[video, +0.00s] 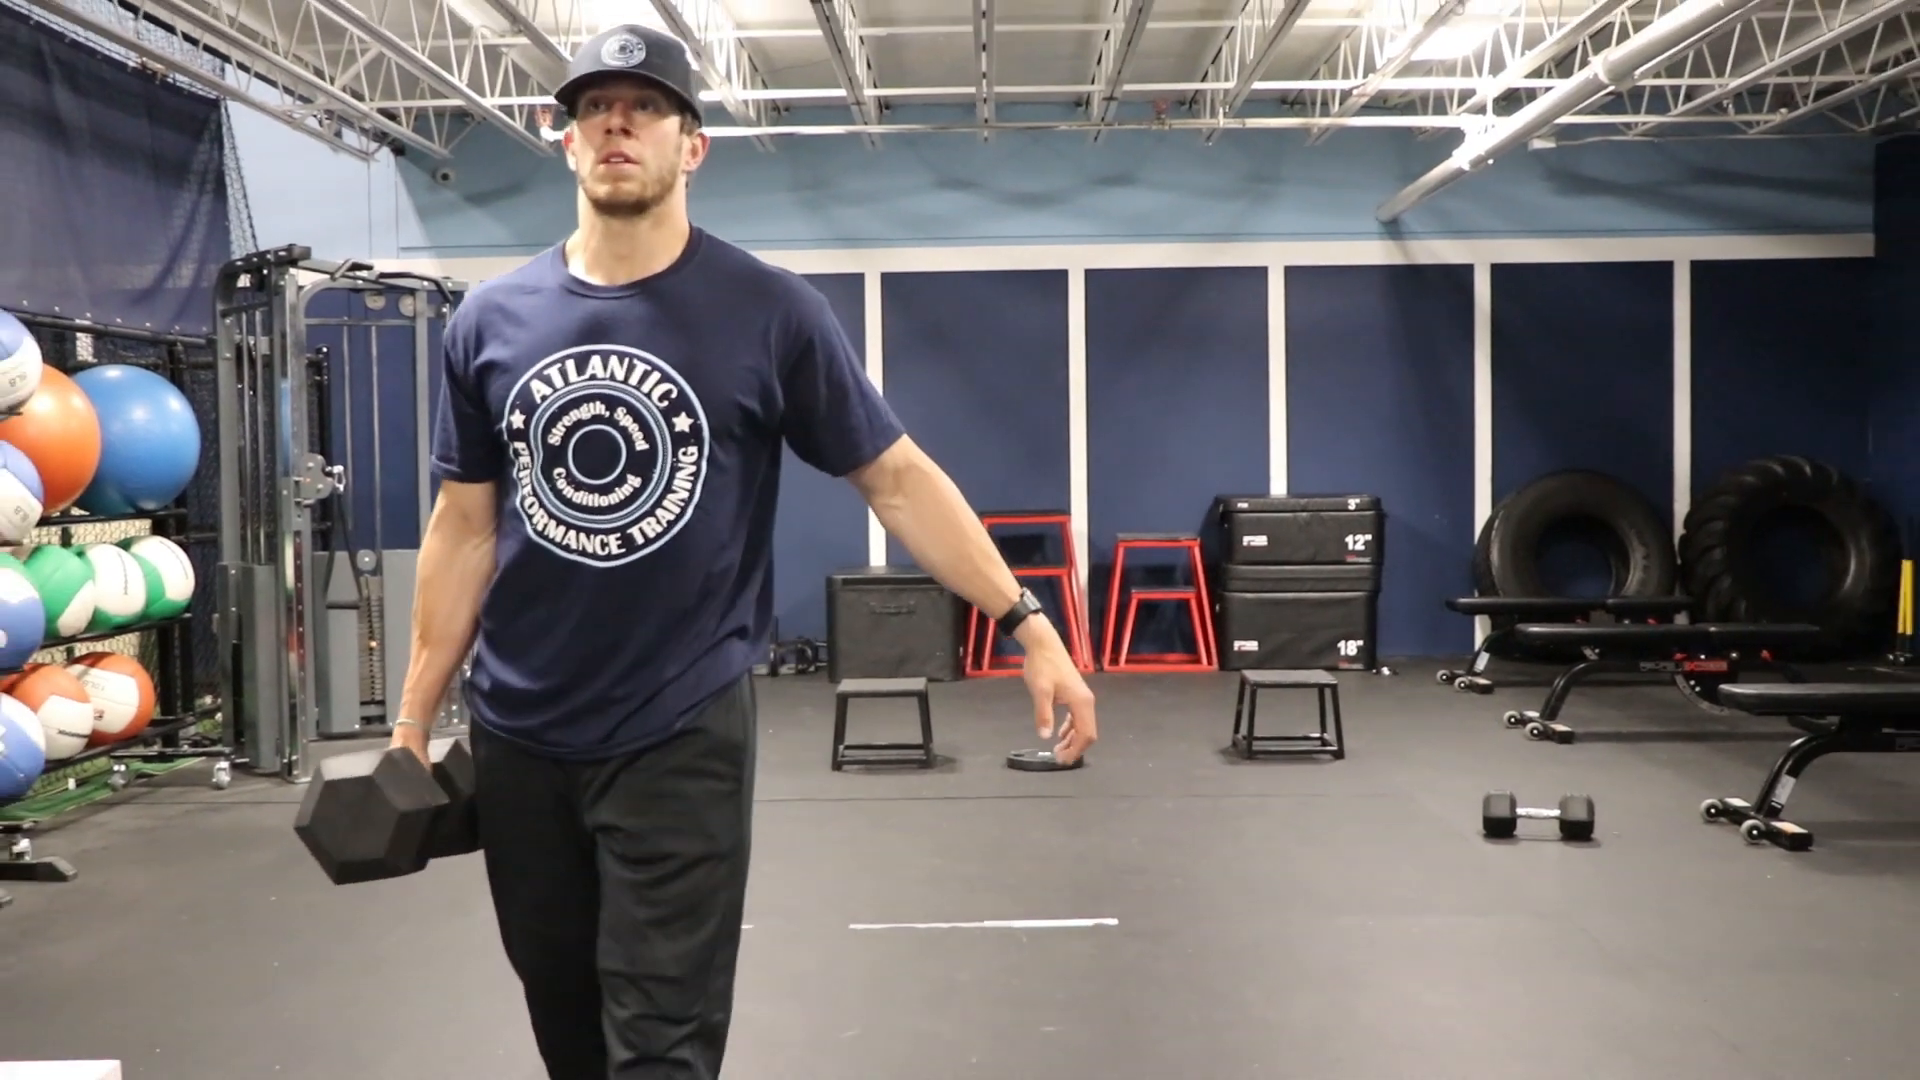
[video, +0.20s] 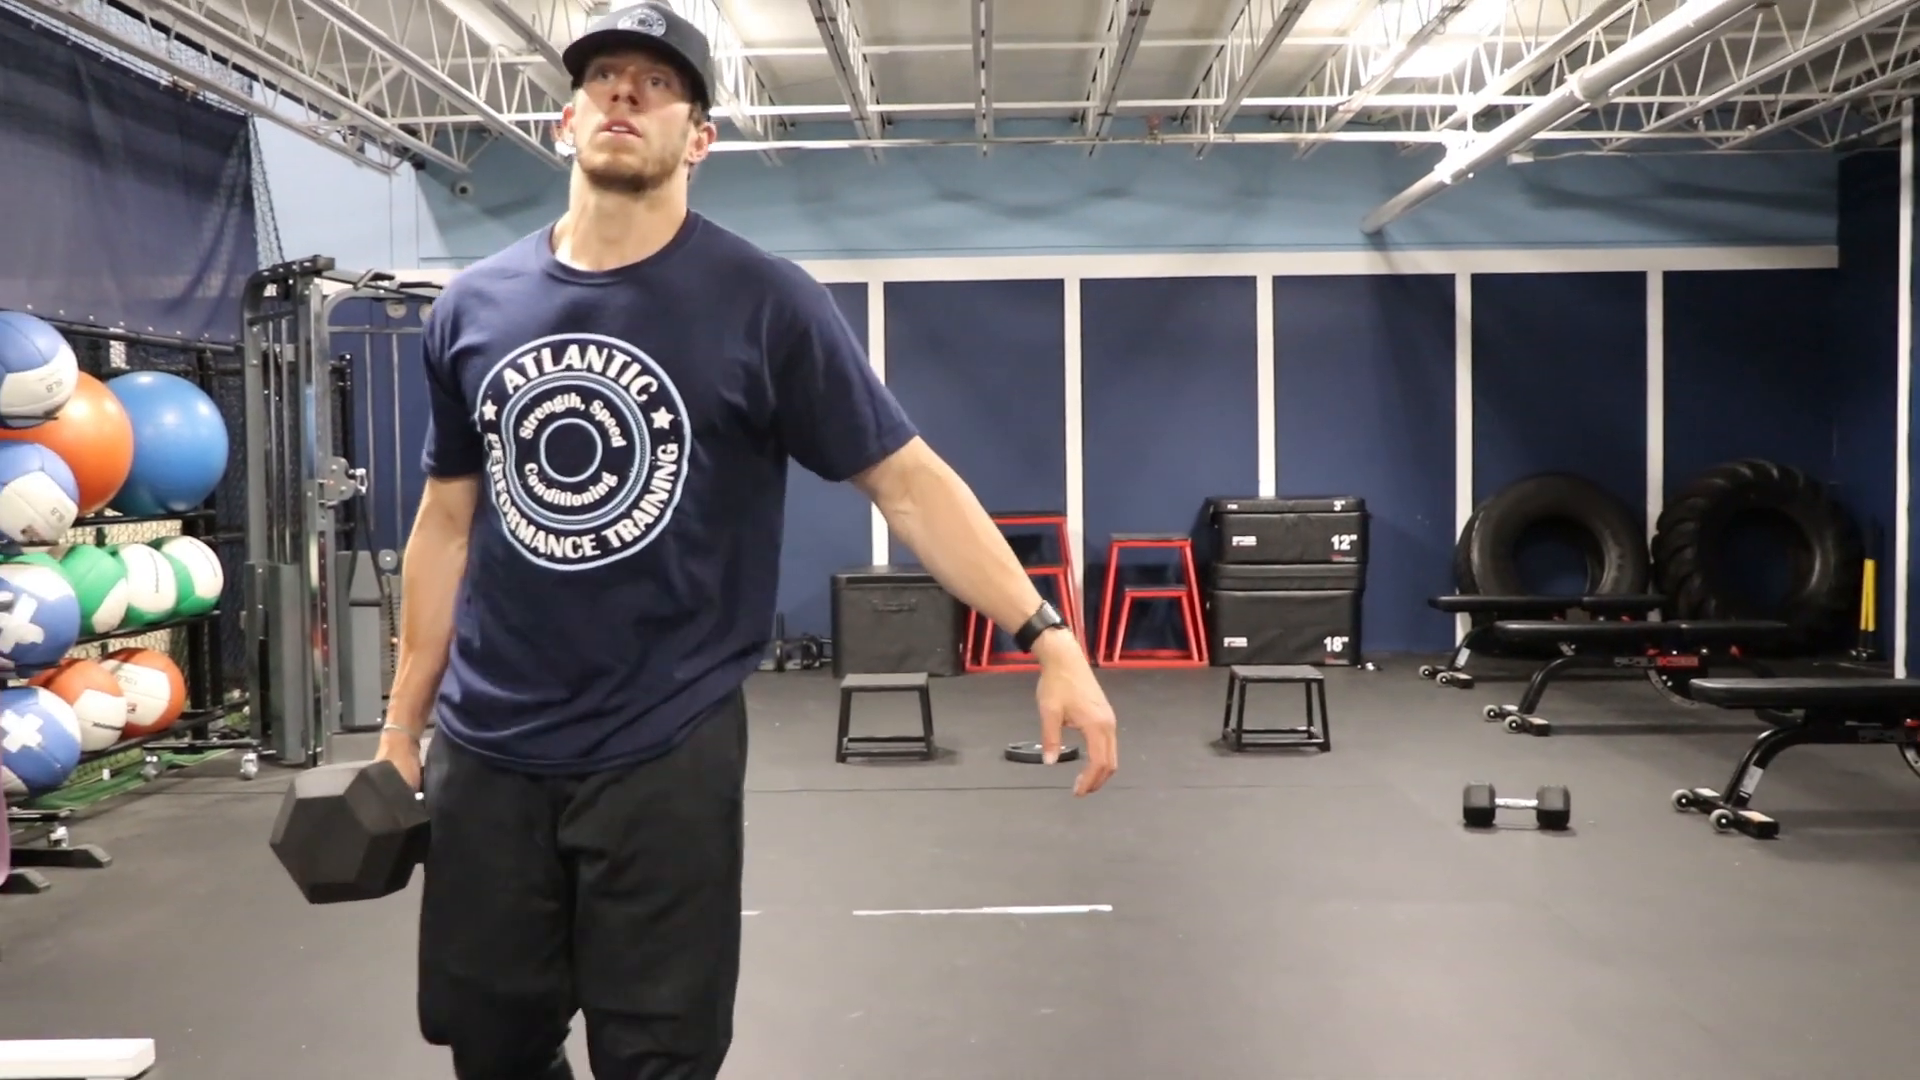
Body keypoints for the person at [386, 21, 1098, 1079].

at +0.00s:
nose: (614, 132)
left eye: (642, 112)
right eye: (593, 112)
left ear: (691, 146)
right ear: (564, 139)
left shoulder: (770, 312)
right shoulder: (488, 320)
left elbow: (895, 477)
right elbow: (462, 527)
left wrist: (1031, 626)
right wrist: (410, 730)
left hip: (681, 729)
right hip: (517, 736)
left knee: (659, 1048)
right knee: (570, 1044)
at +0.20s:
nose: (623, 101)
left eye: (654, 90)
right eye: (604, 84)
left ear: (698, 139)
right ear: (564, 124)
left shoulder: (763, 300)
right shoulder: (473, 304)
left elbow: (904, 477)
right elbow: (445, 523)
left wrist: (1049, 638)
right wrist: (400, 732)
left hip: (669, 743)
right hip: (487, 743)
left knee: (654, 1058)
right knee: (491, 1049)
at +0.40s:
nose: (582, 82)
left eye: (614, 65)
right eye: (562, 63)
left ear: (665, 111)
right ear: (530, 98)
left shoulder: (739, 289)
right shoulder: (437, 299)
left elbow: (897, 455)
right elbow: (419, 520)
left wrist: (1022, 585)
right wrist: (388, 731)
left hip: (647, 761)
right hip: (458, 753)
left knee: (652, 1063)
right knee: (431, 1059)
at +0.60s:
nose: (505, 75)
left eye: (540, 59)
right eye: (482, 61)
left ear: (603, 109)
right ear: (455, 106)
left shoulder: (694, 294)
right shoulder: (365, 322)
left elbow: (862, 467)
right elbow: (358, 556)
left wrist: (982, 601)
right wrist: (340, 771)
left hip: (623, 807)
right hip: (414, 807)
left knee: (645, 1066)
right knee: (411, 1064)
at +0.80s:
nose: (392, 24)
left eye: (438, 7)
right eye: (371, 9)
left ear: (508, 65)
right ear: (344, 56)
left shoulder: (624, 264)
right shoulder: (276, 308)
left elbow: (816, 461)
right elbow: (277, 568)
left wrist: (972, 638)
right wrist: (251, 825)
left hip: (558, 840)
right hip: (330, 844)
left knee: (606, 1069)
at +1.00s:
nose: (334, 2)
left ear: (472, 22)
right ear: (299, 24)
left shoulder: (583, 243)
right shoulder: (227, 289)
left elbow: (772, 471)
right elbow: (210, 575)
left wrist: (894, 682)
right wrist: (150, 842)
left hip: (491, 854)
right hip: (269, 864)